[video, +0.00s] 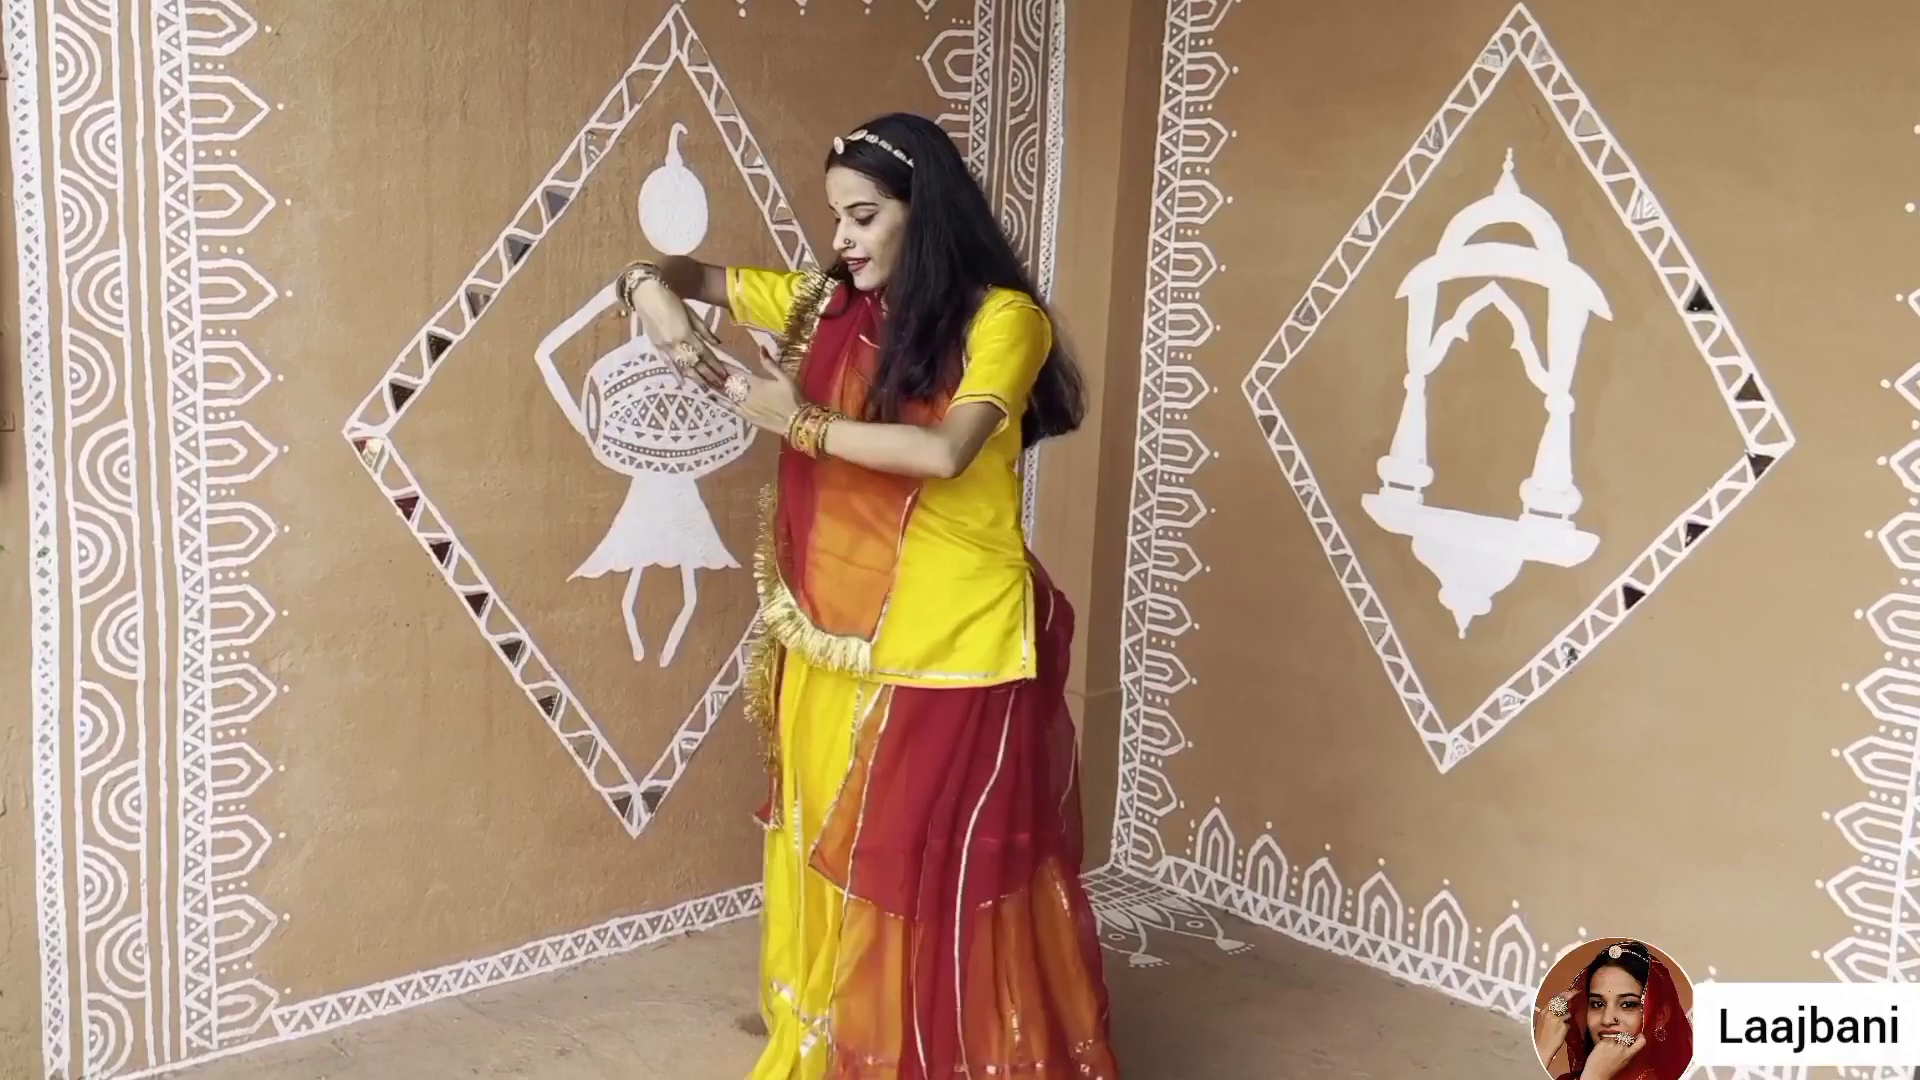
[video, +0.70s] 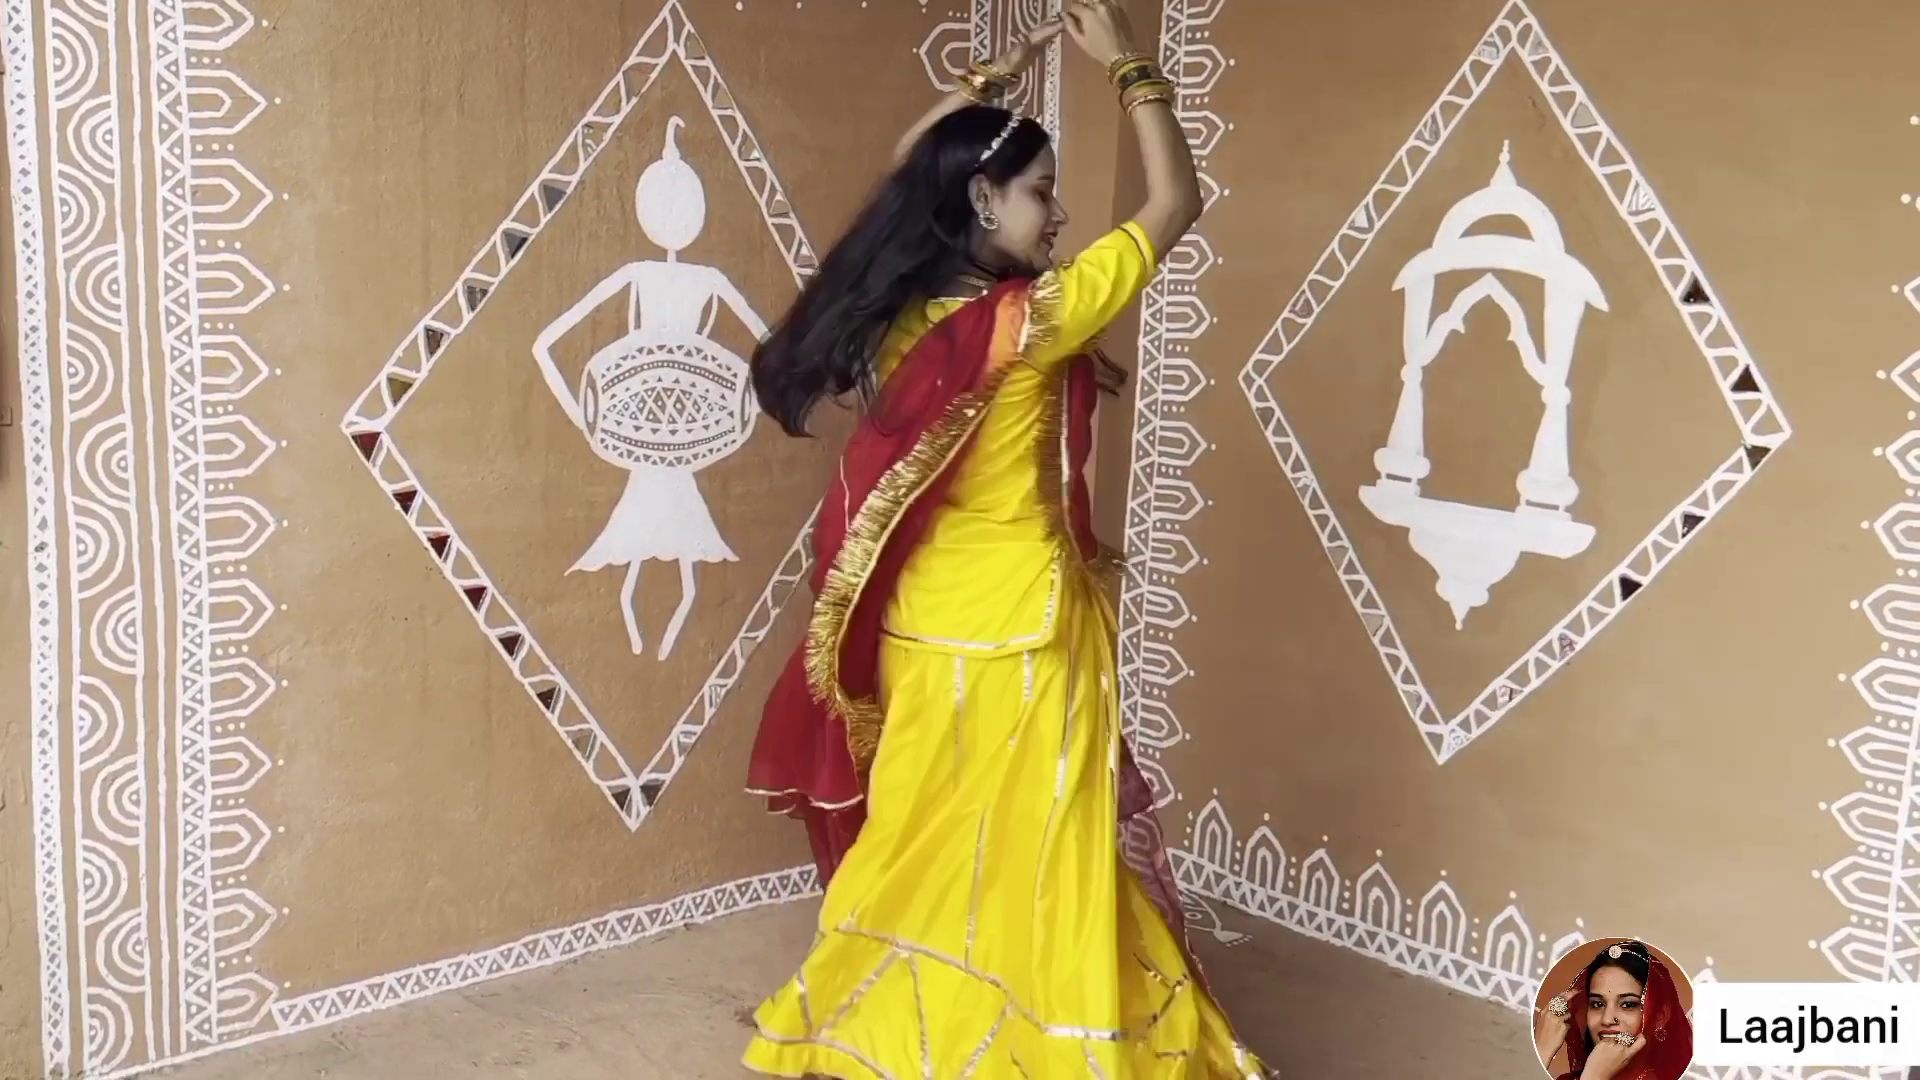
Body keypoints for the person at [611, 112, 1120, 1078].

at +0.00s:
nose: (844, 242)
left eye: (862, 219)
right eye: (837, 221)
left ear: (926, 211)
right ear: (835, 218)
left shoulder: (1004, 317)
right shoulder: (831, 302)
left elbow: (947, 452)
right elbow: (667, 276)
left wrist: (801, 422)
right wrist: (660, 301)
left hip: (961, 656)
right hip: (838, 645)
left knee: (931, 879)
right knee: (835, 875)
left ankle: (941, 1061)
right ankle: (834, 1055)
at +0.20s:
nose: (857, 275)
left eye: (878, 251)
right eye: (845, 254)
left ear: (939, 245)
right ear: (833, 251)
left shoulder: (1015, 331)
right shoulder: (839, 335)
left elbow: (1051, 409)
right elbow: (718, 286)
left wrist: (903, 351)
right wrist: (778, 214)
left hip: (980, 666)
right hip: (852, 661)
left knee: (950, 894)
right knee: (844, 887)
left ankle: (947, 1062)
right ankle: (833, 1055)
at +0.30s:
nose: (870, 271)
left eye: (893, 250)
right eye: (856, 250)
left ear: (942, 255)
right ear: (843, 256)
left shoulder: (1002, 348)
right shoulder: (841, 351)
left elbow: (1112, 363)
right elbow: (760, 281)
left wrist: (999, 287)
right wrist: (861, 180)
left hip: (992, 664)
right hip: (867, 663)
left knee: (983, 890)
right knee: (860, 878)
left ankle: (986, 1056)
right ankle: (837, 1052)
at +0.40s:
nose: (890, 263)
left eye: (914, 243)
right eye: (877, 242)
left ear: (953, 248)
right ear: (857, 253)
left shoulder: (998, 336)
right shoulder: (845, 356)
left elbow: (1136, 301)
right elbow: (823, 260)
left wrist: (1076, 206)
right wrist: (939, 149)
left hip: (1018, 667)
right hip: (903, 676)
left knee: (1053, 890)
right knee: (931, 898)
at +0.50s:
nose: (946, 223)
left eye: (963, 203)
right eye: (924, 203)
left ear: (978, 212)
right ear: (876, 219)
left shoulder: (984, 290)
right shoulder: (871, 332)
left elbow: (1091, 218)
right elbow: (960, 233)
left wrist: (1127, 137)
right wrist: (1043, 88)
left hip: (1027, 641)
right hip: (950, 653)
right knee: (1070, 881)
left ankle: (799, 974)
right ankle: (1008, 1060)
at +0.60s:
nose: (999, 213)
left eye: (1006, 191)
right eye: (976, 190)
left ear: (996, 196)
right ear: (912, 198)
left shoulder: (932, 299)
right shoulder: (934, 311)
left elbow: (1023, 168)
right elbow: (1072, 205)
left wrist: (1070, 55)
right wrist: (1091, 62)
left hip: (951, 588)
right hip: (974, 602)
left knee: (930, 819)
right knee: (1028, 830)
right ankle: (1014, 1044)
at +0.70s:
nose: (1059, 214)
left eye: (1052, 192)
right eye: (1041, 194)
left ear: (960, 209)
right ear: (981, 205)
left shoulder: (901, 316)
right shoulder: (1032, 318)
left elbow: (899, 188)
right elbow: (1174, 204)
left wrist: (970, 97)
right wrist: (1133, 69)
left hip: (915, 620)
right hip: (1015, 625)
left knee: (919, 842)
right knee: (1045, 843)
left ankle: (881, 1042)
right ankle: (1052, 1051)